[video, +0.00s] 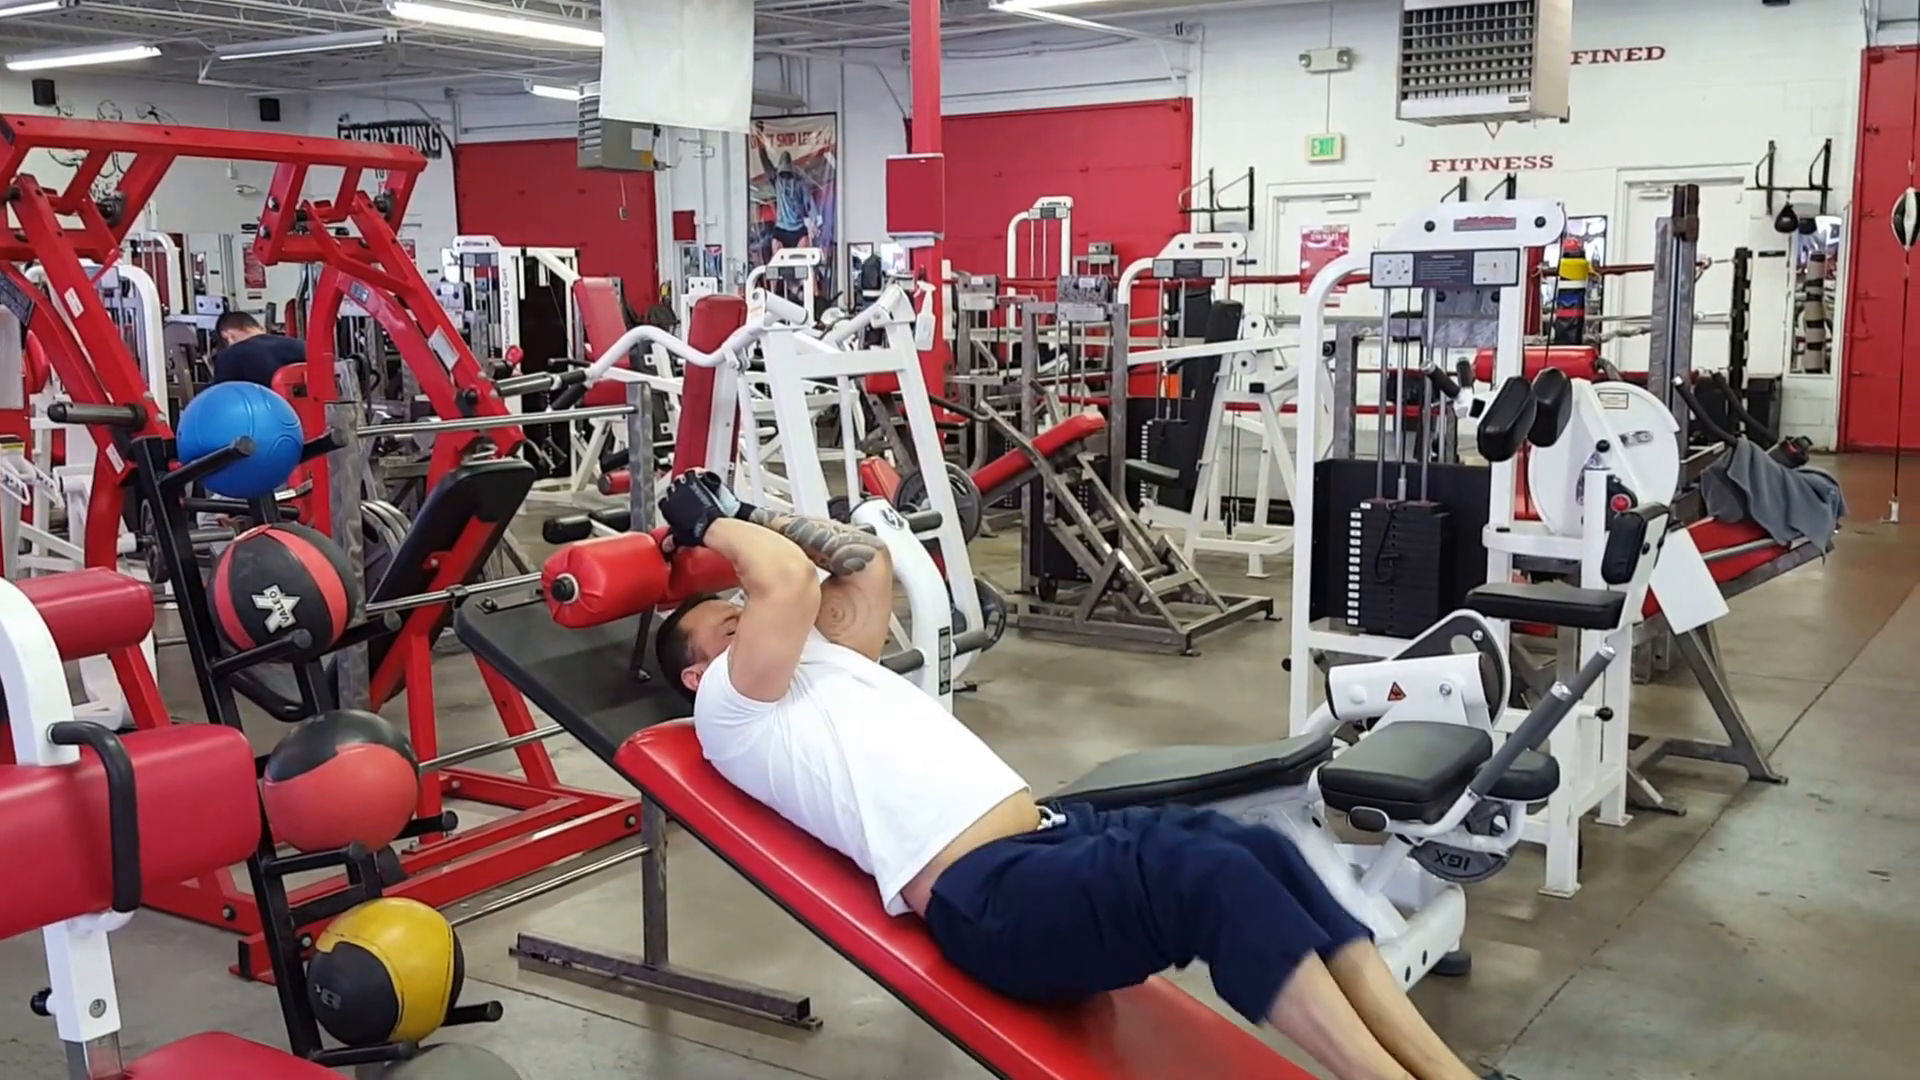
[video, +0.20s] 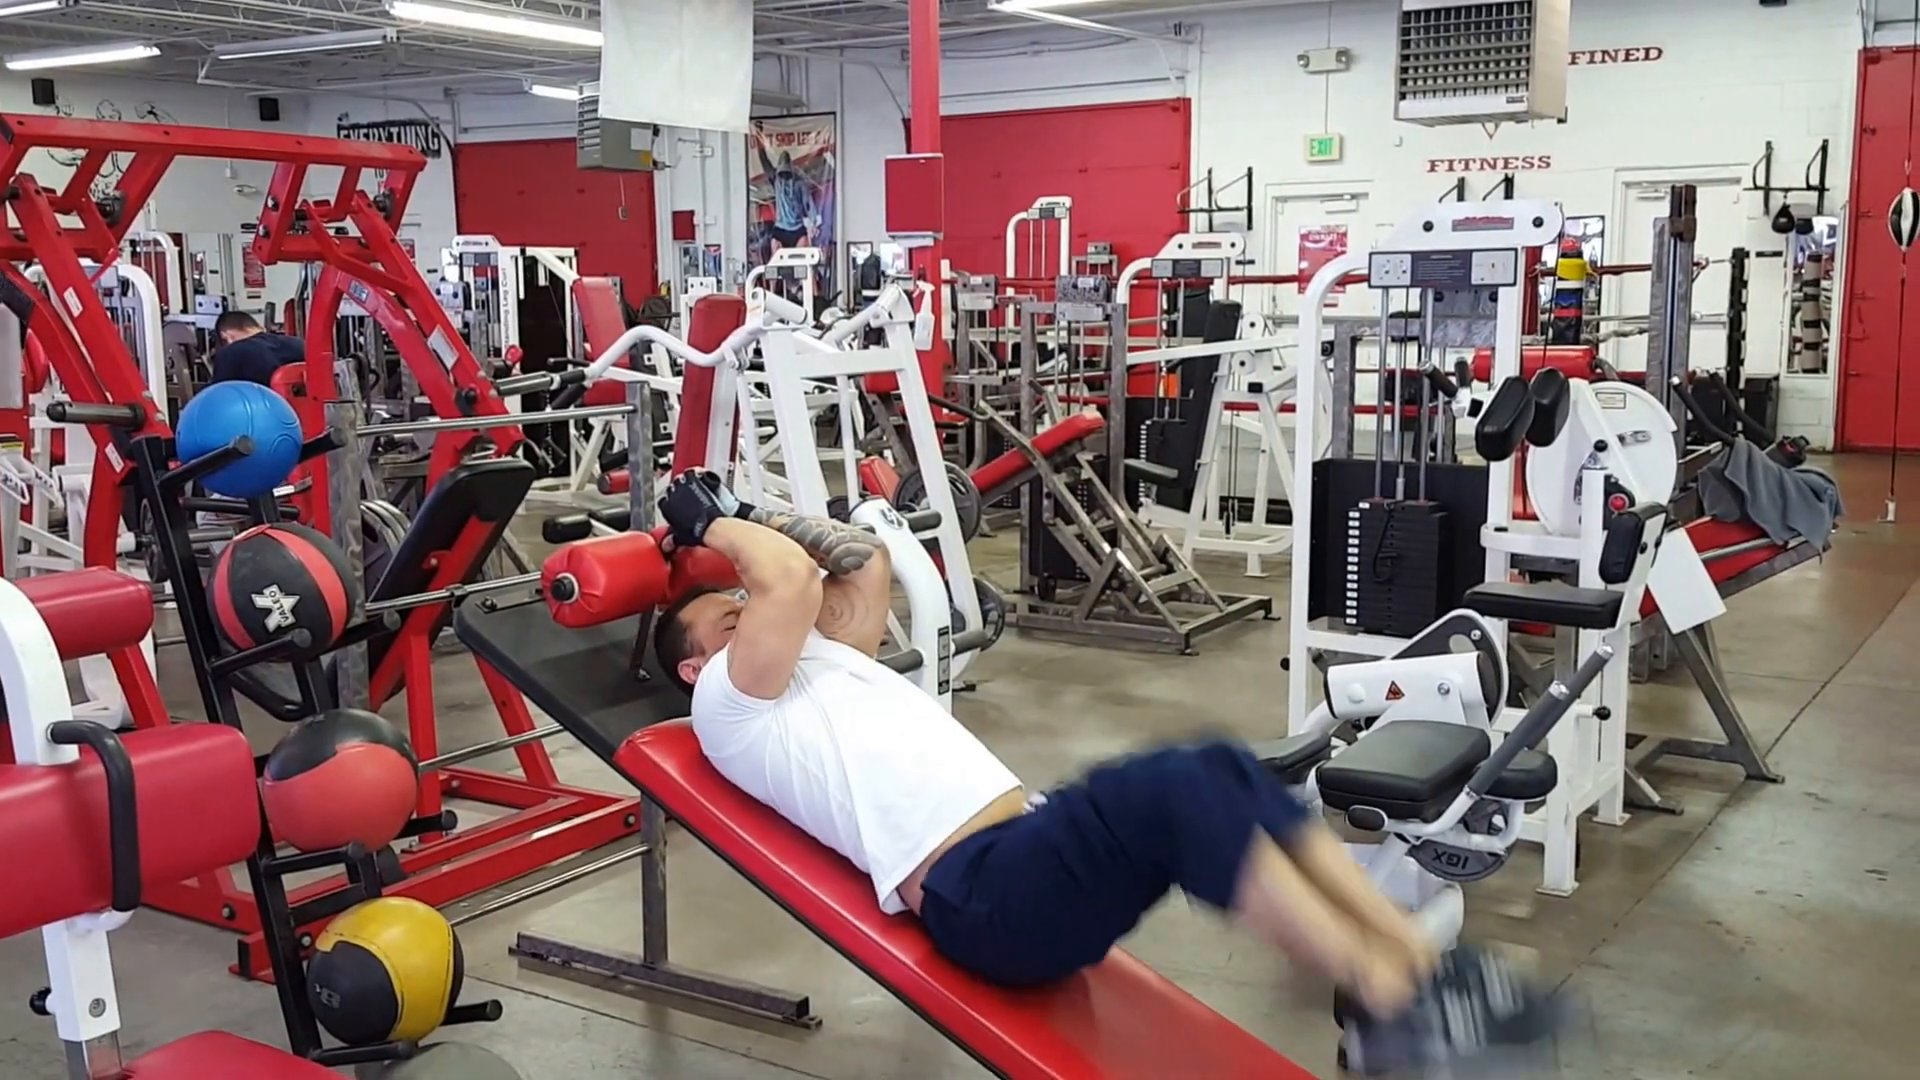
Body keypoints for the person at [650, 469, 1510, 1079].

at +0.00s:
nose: (748, 611)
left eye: (741, 609)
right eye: (721, 616)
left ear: (754, 625)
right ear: (699, 657)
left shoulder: (835, 671)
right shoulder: (729, 705)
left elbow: (874, 566)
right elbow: (784, 571)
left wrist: (764, 525)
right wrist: (707, 524)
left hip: (1058, 831)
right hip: (989, 887)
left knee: (1266, 851)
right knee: (1215, 871)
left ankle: (1434, 1058)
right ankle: (1376, 1072)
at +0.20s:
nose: (751, 602)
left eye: (743, 600)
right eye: (725, 607)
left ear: (751, 623)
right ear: (698, 648)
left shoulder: (832, 668)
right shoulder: (727, 701)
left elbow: (873, 560)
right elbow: (788, 574)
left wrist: (767, 537)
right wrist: (704, 526)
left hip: (1036, 842)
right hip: (974, 889)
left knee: (1230, 769)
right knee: (1178, 790)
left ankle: (1430, 968)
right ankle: (1385, 1005)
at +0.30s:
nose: (740, 613)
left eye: (734, 606)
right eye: (718, 615)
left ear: (746, 625)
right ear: (689, 659)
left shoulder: (822, 657)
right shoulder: (722, 705)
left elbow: (867, 563)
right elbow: (789, 571)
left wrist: (773, 531)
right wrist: (709, 520)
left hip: (1020, 837)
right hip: (969, 884)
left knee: (1151, 672)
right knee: (1105, 706)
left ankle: (1343, 790)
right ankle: (1329, 812)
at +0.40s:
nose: (726, 606)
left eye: (717, 599)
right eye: (707, 608)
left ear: (728, 618)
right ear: (685, 649)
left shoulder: (820, 660)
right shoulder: (715, 696)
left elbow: (866, 563)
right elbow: (786, 570)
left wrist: (802, 543)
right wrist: (704, 518)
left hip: (1013, 832)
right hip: (958, 872)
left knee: (1043, 627)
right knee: (1012, 642)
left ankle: (1259, 616)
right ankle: (1255, 620)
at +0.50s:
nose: (735, 606)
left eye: (727, 598)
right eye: (710, 607)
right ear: (680, 651)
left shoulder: (804, 663)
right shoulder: (708, 690)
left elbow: (866, 573)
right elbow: (784, 576)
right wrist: (714, 521)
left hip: (1034, 805)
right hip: (972, 835)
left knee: (974, 589)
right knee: (946, 597)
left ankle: (1157, 486)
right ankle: (1144, 486)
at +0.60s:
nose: (732, 616)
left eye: (727, 609)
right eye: (709, 616)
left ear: (739, 613)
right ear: (673, 662)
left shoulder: (803, 659)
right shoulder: (703, 692)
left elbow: (860, 600)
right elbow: (786, 576)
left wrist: (768, 533)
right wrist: (710, 519)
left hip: (1046, 757)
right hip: (969, 789)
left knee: (940, 557)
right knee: (894, 551)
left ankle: (1073, 378)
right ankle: (1054, 377)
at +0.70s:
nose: (719, 608)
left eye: (713, 602)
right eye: (697, 613)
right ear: (670, 665)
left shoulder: (784, 664)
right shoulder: (699, 695)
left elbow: (848, 603)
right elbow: (781, 578)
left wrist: (764, 563)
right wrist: (711, 525)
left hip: (1033, 712)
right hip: (960, 740)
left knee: (940, 509)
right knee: (877, 504)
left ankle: (1002, 293)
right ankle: (990, 285)